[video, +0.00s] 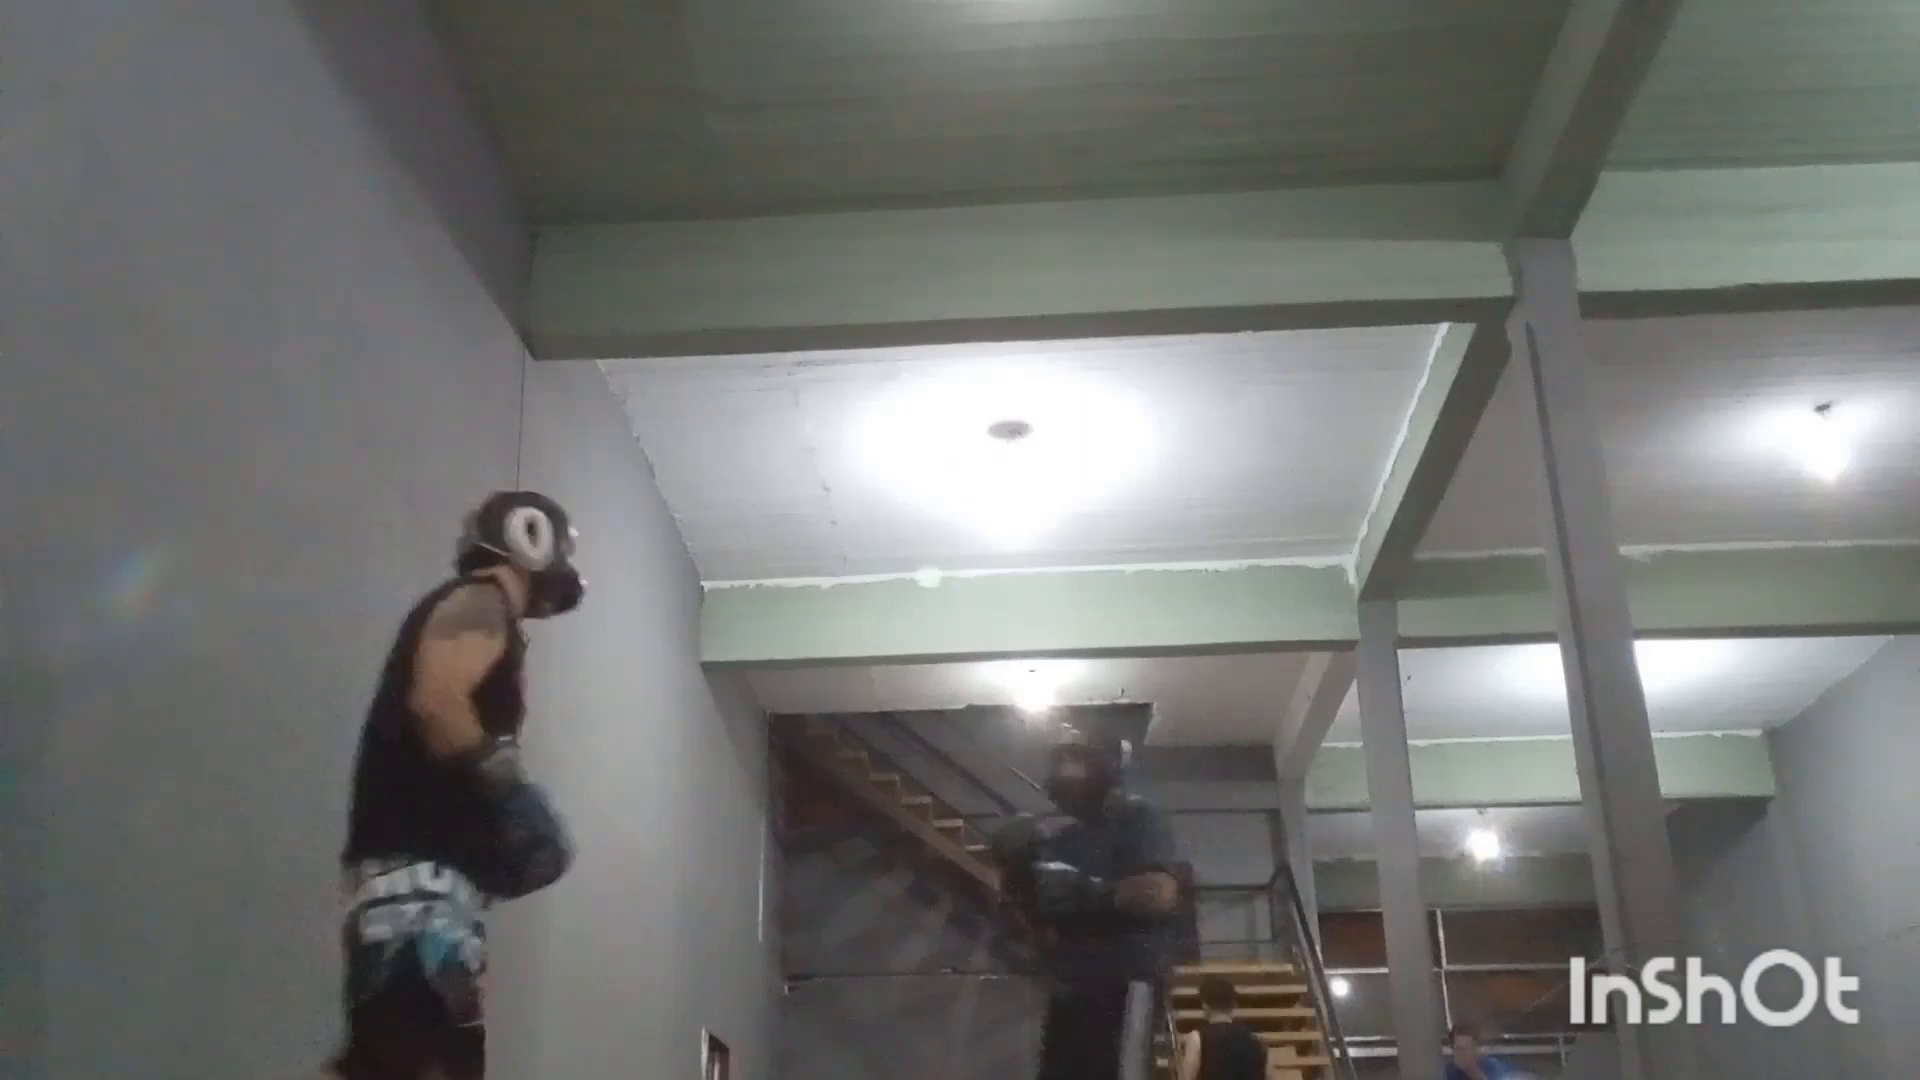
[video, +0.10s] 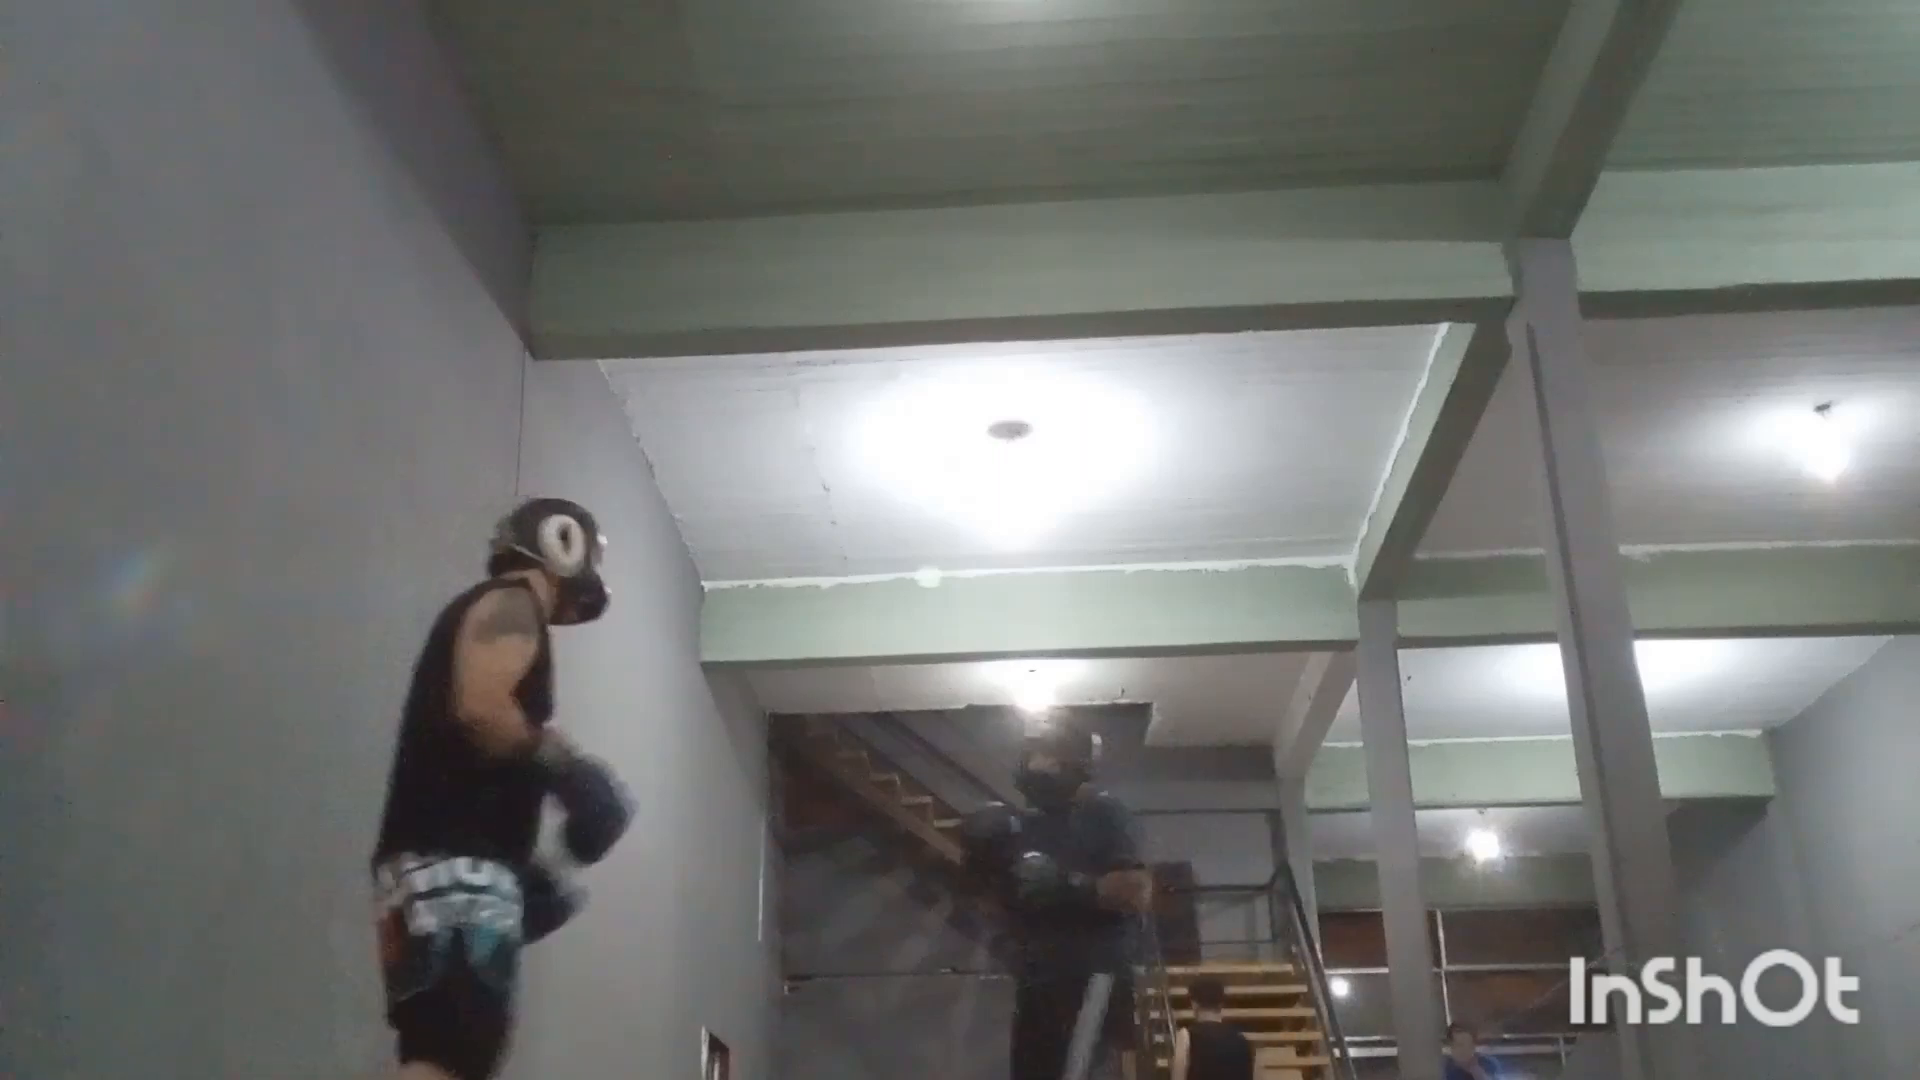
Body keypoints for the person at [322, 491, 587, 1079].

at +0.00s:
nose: (558, 579)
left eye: (562, 563)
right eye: (556, 560)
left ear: (511, 539)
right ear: (527, 537)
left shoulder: (468, 607)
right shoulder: (480, 603)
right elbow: (439, 700)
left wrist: (506, 819)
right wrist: (513, 799)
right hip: (418, 876)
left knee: (392, 1054)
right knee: (432, 1055)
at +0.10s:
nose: (576, 597)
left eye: (583, 585)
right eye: (578, 578)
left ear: (518, 551)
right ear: (559, 548)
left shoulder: (484, 612)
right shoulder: (510, 604)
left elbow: (460, 768)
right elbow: (481, 707)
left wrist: (520, 872)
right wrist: (569, 768)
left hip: (431, 860)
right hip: (458, 863)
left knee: (437, 1051)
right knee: (453, 1053)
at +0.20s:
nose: (613, 592)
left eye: (616, 579)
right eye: (612, 573)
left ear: (548, 554)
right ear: (592, 554)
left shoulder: (506, 620)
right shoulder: (538, 609)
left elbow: (499, 777)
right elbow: (535, 713)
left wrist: (587, 824)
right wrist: (633, 739)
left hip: (457, 866)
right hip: (496, 868)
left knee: (453, 1056)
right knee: (510, 1052)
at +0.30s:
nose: (647, 590)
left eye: (647, 573)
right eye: (644, 569)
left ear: (577, 556)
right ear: (622, 553)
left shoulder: (533, 624)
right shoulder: (575, 610)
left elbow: (552, 765)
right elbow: (606, 711)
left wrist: (653, 769)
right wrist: (687, 704)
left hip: (480, 869)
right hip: (533, 869)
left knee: (479, 1055)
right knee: (564, 1053)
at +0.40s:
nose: (688, 590)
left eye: (689, 573)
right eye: (683, 570)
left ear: (612, 561)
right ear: (658, 561)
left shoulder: (573, 628)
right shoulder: (610, 617)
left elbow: (632, 729)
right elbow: (685, 709)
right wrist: (728, 669)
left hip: (524, 884)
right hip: (568, 886)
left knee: (522, 1060)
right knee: (606, 1060)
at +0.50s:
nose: (725, 584)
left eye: (725, 571)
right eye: (721, 568)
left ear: (645, 564)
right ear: (698, 563)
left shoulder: (608, 630)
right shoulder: (662, 620)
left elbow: (673, 701)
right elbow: (756, 705)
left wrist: (732, 647)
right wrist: (769, 648)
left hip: (565, 885)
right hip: (619, 886)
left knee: (595, 1051)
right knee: (659, 1052)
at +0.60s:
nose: (757, 581)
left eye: (758, 568)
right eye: (753, 565)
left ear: (679, 563)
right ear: (729, 562)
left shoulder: (643, 631)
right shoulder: (703, 619)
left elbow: (726, 719)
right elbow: (796, 709)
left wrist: (767, 649)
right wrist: (806, 647)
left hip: (611, 866)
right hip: (662, 867)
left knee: (646, 1046)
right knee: (690, 1049)